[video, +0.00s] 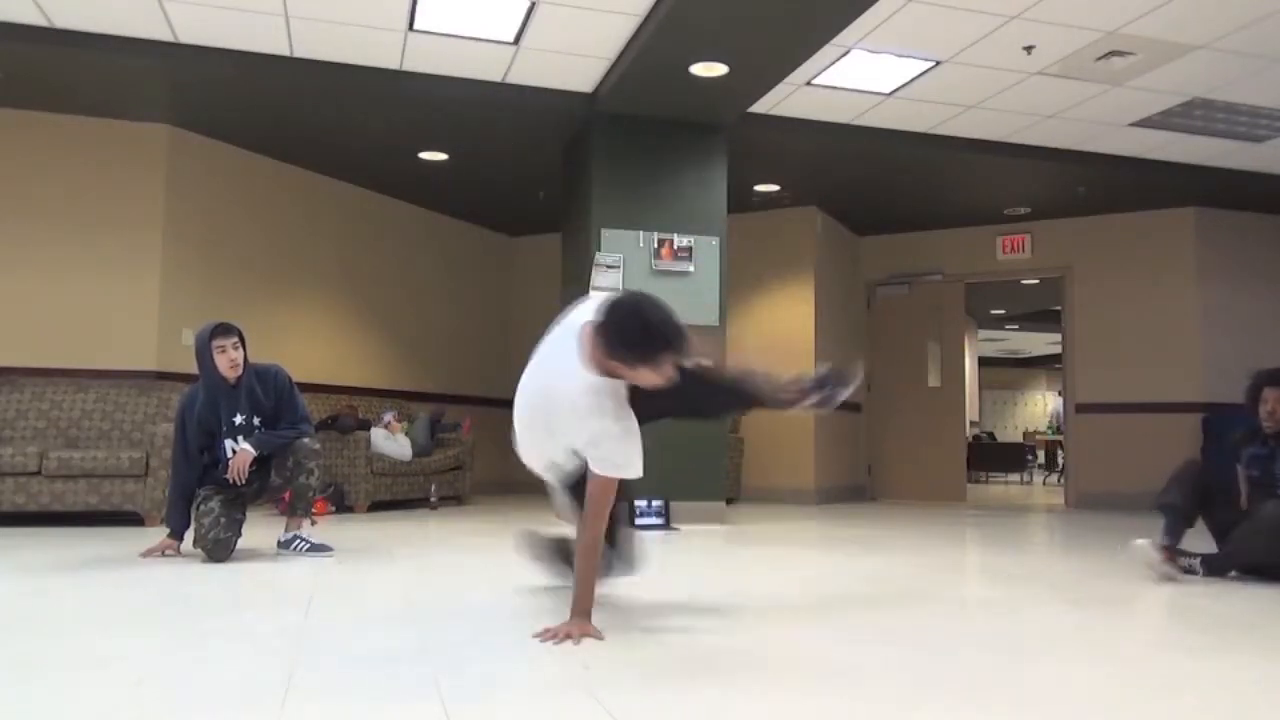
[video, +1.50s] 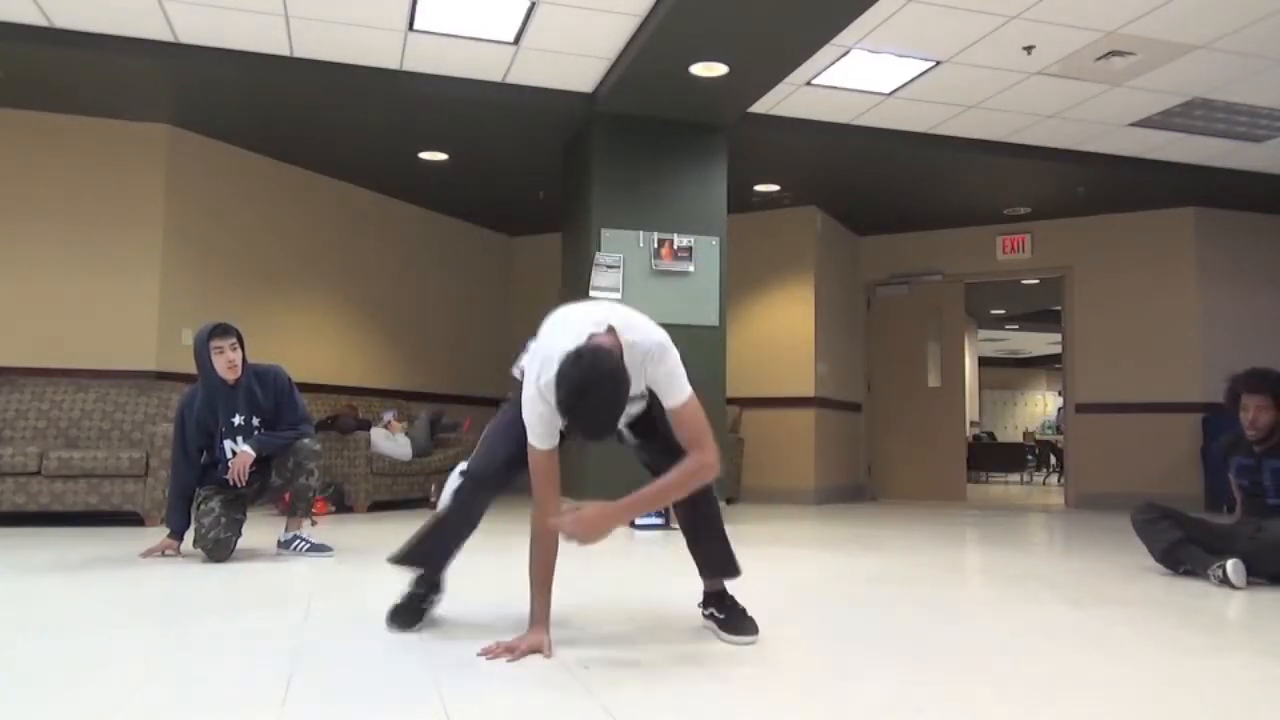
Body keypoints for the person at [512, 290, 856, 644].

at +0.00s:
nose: (673, 374)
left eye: (673, 361)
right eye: (660, 369)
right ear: (625, 368)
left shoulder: (603, 306)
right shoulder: (606, 423)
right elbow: (593, 525)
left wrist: (699, 364)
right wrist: (580, 617)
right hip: (561, 456)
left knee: (692, 388)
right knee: (619, 556)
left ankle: (793, 392)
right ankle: (551, 551)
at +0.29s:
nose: (735, 385)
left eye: (751, 377)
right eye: (731, 368)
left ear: (761, 382)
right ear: (710, 357)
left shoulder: (738, 425)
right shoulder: (662, 393)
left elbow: (682, 510)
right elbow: (615, 505)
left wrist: (654, 605)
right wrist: (587, 606)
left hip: (582, 487)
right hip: (564, 429)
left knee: (517, 596)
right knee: (491, 411)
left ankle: (404, 586)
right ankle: (345, 411)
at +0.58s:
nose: (606, 339)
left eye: (613, 331)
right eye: (596, 330)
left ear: (624, 343)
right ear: (573, 339)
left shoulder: (644, 403)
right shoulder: (549, 383)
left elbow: (653, 491)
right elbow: (521, 472)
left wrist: (655, 604)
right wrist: (495, 560)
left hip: (668, 517)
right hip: (607, 520)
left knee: (797, 420)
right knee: (590, 481)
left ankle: (910, 511)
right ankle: (704, 610)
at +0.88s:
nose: (571, 382)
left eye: (575, 370)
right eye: (558, 374)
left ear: (578, 359)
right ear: (521, 364)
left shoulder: (584, 387)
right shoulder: (494, 414)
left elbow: (621, 448)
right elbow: (513, 523)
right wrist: (536, 628)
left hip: (641, 488)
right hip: (629, 549)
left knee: (699, 395)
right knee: (773, 593)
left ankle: (840, 462)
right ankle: (828, 601)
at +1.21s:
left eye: (601, 437)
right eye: (577, 442)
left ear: (615, 390)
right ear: (548, 408)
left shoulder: (644, 363)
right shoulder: (523, 395)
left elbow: (737, 416)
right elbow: (543, 518)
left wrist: (778, 486)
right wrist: (540, 630)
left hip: (630, 438)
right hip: (575, 480)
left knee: (685, 488)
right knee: (632, 598)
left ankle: (715, 589)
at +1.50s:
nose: (587, 443)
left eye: (606, 431)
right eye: (576, 433)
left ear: (627, 382)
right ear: (561, 394)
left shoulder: (654, 351)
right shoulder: (543, 383)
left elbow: (706, 459)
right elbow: (545, 517)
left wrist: (613, 515)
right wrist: (539, 626)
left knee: (695, 481)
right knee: (478, 479)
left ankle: (718, 595)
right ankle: (426, 580)